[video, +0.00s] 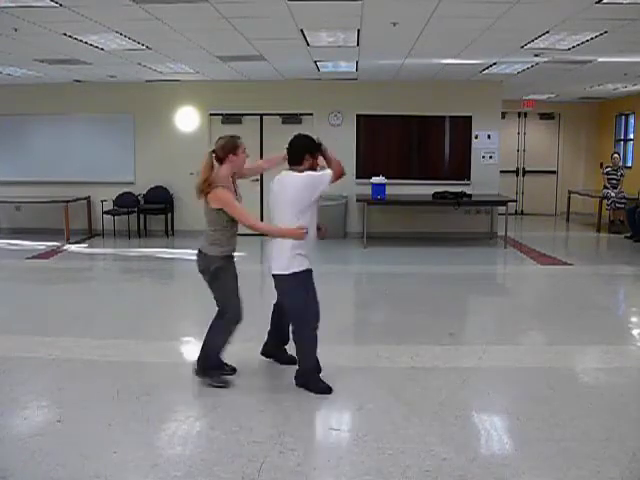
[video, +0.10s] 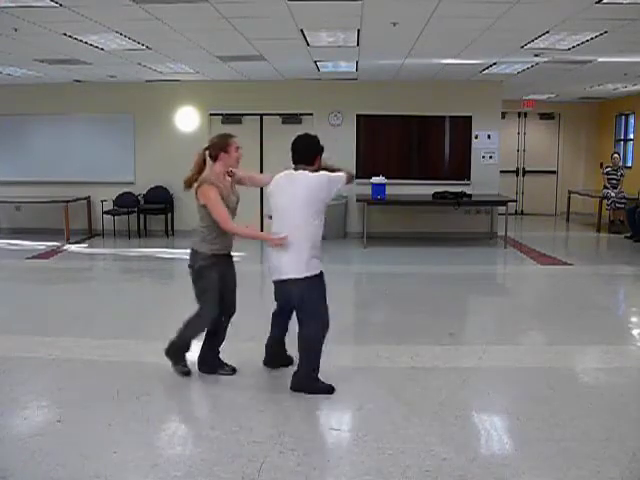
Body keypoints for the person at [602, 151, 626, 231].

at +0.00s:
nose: (615, 160)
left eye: (617, 158)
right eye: (613, 158)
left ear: (619, 160)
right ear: (611, 160)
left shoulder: (621, 170)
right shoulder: (606, 169)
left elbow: (621, 183)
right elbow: (605, 182)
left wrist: (617, 190)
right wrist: (611, 189)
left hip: (617, 188)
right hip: (608, 188)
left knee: (622, 196)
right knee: (611, 196)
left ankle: (621, 218)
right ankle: (612, 218)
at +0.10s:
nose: (615, 160)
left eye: (617, 158)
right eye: (614, 158)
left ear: (619, 160)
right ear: (611, 160)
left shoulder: (621, 170)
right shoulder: (606, 169)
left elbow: (621, 183)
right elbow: (605, 182)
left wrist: (617, 190)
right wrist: (611, 189)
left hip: (617, 188)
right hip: (608, 188)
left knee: (622, 196)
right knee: (611, 196)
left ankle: (621, 218)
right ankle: (612, 218)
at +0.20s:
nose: (615, 160)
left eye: (617, 158)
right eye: (614, 158)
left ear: (619, 160)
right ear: (611, 160)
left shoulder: (621, 171)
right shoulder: (606, 169)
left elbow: (621, 183)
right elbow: (605, 182)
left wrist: (617, 190)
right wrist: (611, 189)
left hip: (617, 188)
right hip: (608, 188)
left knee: (622, 196)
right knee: (611, 196)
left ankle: (621, 217)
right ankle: (612, 217)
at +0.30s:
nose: (615, 160)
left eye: (617, 158)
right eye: (614, 158)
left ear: (619, 160)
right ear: (611, 160)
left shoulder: (621, 171)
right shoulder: (606, 169)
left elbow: (621, 183)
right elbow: (605, 182)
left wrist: (617, 190)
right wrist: (611, 189)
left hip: (617, 188)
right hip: (608, 188)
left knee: (622, 196)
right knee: (611, 196)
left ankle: (621, 217)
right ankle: (612, 217)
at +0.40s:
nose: (615, 160)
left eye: (617, 158)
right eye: (614, 158)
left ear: (619, 160)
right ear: (611, 160)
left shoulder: (621, 171)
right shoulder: (606, 169)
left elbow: (621, 183)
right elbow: (605, 182)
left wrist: (617, 190)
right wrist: (611, 189)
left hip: (617, 188)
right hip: (608, 188)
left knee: (622, 196)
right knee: (611, 196)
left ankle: (621, 217)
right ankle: (612, 217)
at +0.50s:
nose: (615, 160)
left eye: (617, 158)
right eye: (613, 158)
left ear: (619, 160)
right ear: (611, 160)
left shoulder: (621, 171)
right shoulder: (606, 169)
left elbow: (621, 183)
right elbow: (605, 182)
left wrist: (617, 190)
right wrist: (611, 189)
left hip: (617, 188)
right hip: (608, 188)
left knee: (622, 196)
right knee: (612, 196)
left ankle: (621, 217)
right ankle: (612, 216)